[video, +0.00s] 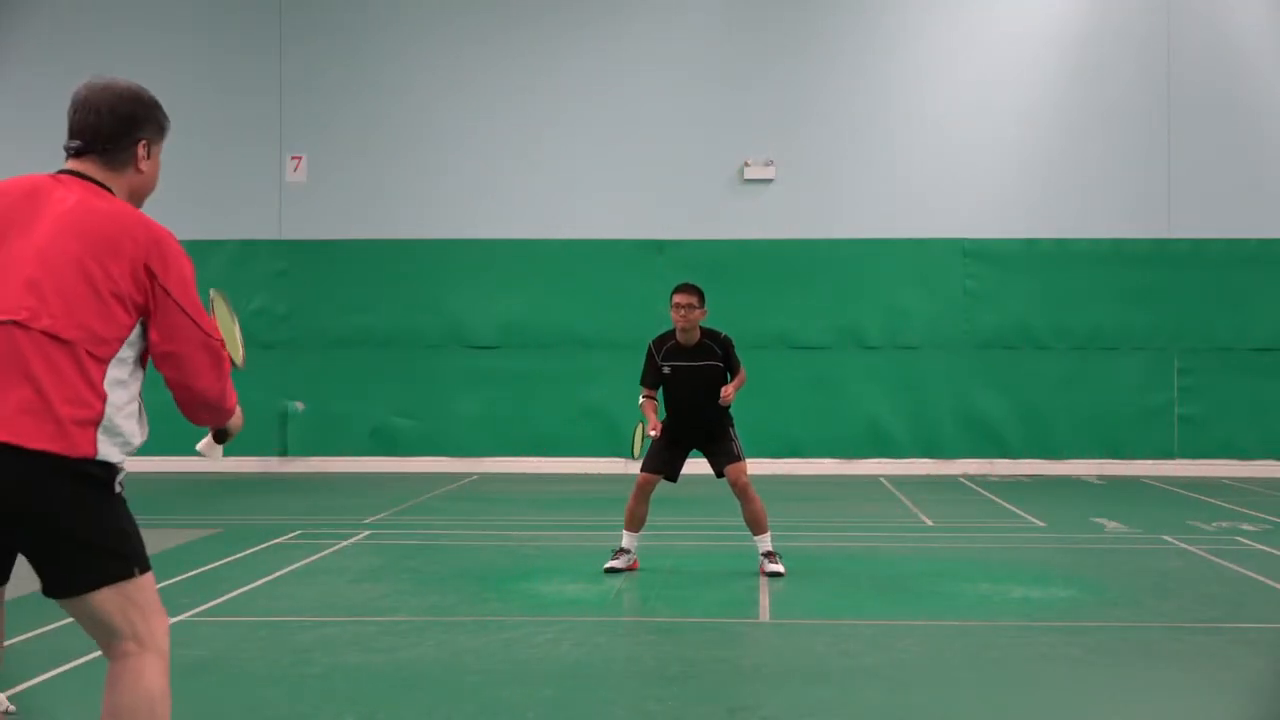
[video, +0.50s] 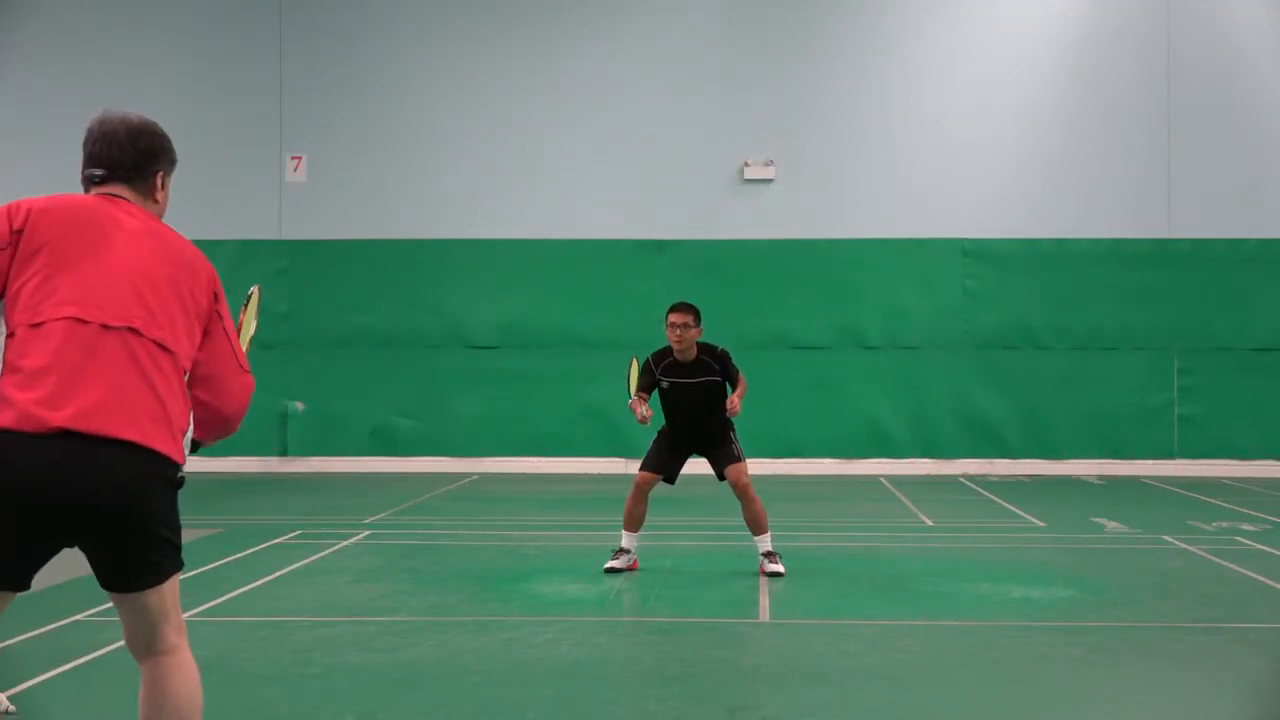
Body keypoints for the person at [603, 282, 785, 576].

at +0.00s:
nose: (681, 312)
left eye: (688, 308)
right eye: (677, 307)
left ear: (702, 313)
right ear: (670, 311)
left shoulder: (720, 343)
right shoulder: (659, 347)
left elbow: (739, 375)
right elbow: (648, 394)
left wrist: (732, 387)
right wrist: (652, 419)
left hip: (716, 424)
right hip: (675, 425)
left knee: (740, 482)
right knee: (644, 482)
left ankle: (767, 553)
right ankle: (627, 551)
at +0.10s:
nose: (680, 316)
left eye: (687, 311)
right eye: (675, 311)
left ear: (700, 316)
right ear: (669, 314)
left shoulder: (719, 346)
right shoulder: (658, 350)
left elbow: (740, 376)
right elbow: (646, 394)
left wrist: (733, 388)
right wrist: (649, 416)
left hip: (716, 426)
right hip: (675, 426)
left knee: (741, 482)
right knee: (643, 482)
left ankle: (767, 553)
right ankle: (627, 551)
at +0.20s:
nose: (679, 321)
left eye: (686, 316)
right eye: (674, 315)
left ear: (699, 320)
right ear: (668, 319)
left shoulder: (718, 350)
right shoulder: (657, 354)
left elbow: (739, 378)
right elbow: (643, 395)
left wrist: (735, 391)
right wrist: (644, 412)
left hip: (716, 428)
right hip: (675, 428)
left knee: (741, 483)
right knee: (643, 482)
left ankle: (767, 553)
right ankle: (627, 551)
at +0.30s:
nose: (678, 326)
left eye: (685, 320)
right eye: (673, 320)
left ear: (698, 324)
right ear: (667, 324)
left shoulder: (717, 352)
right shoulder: (657, 357)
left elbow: (740, 379)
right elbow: (641, 394)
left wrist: (735, 393)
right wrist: (643, 410)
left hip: (716, 429)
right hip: (676, 429)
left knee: (741, 483)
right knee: (642, 483)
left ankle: (767, 553)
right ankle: (626, 551)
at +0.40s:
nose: (678, 330)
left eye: (685, 324)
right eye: (672, 324)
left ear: (698, 328)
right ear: (666, 328)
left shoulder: (716, 355)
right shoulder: (657, 360)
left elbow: (739, 380)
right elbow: (639, 396)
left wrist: (736, 395)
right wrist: (641, 408)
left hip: (717, 430)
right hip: (676, 431)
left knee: (741, 483)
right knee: (642, 483)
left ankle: (767, 553)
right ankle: (626, 551)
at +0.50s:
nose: (677, 333)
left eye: (684, 327)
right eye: (672, 327)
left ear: (698, 330)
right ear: (666, 330)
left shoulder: (716, 357)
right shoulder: (657, 361)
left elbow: (739, 381)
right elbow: (639, 397)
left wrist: (737, 397)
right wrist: (641, 409)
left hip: (716, 433)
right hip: (675, 433)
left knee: (742, 484)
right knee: (641, 483)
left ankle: (767, 553)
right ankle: (626, 551)